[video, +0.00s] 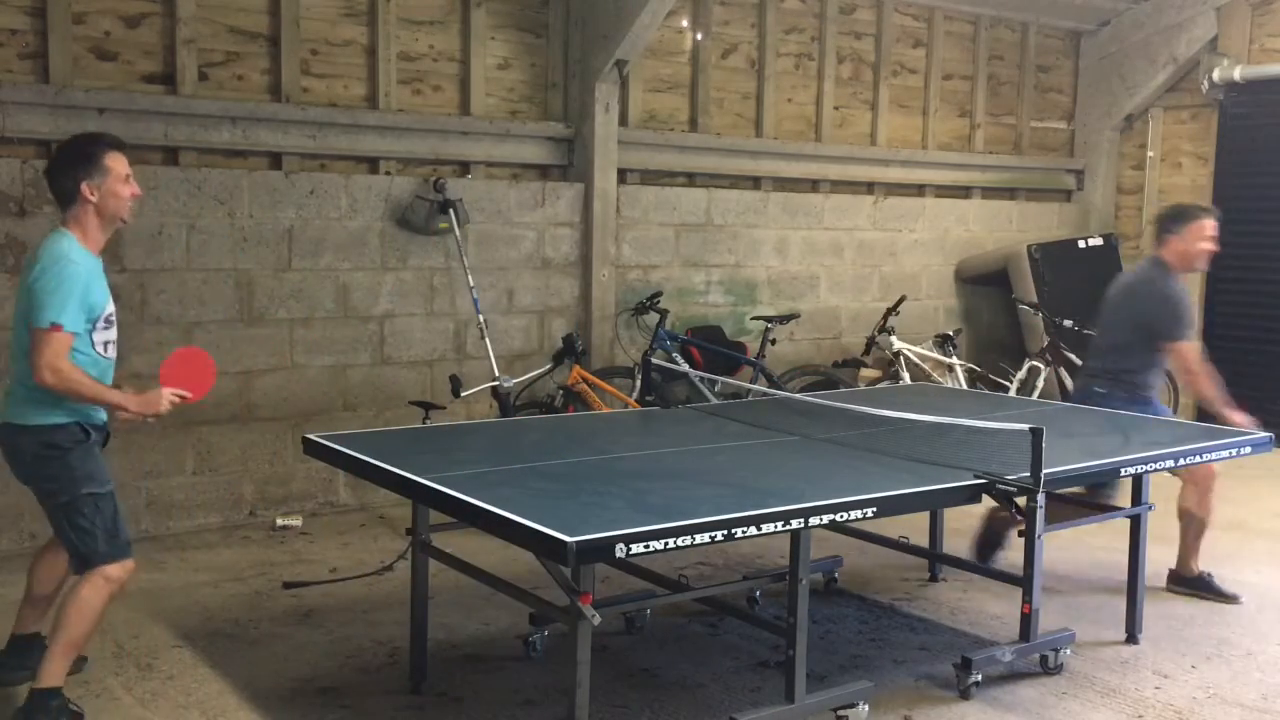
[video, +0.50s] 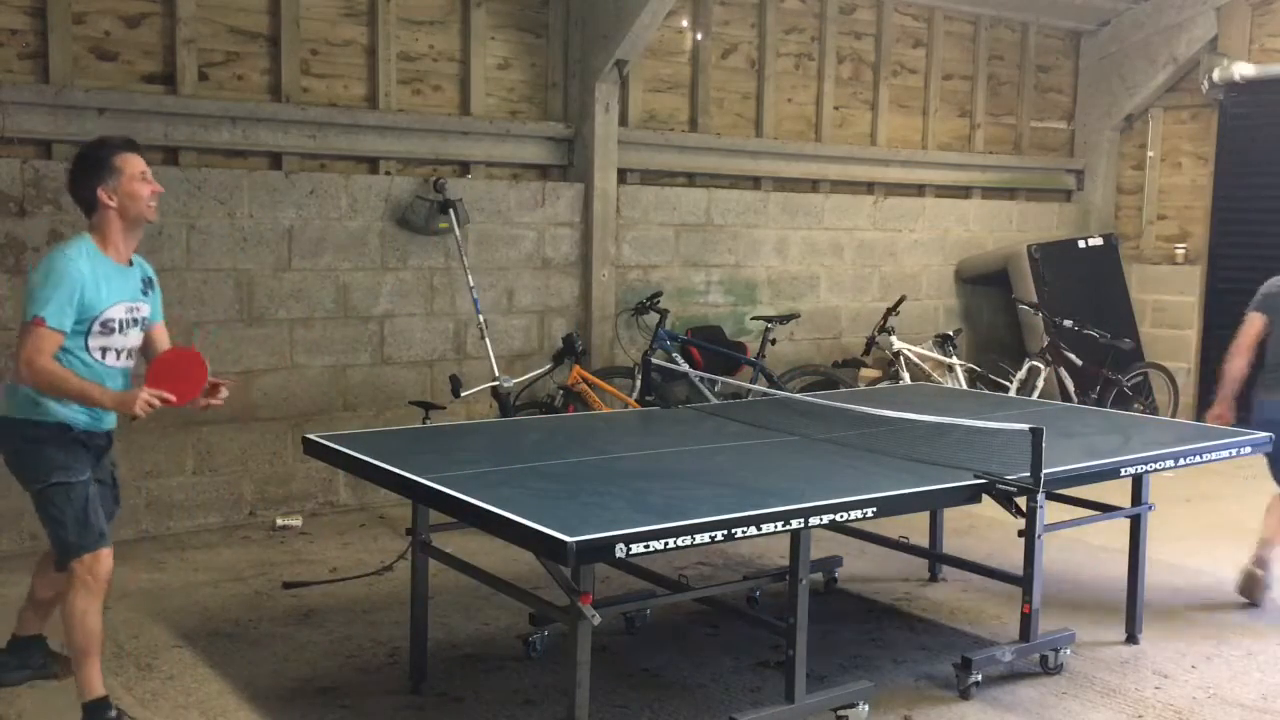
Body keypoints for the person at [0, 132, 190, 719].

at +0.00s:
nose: (137, 190)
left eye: (133, 177)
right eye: (125, 179)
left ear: (90, 193)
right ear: (90, 192)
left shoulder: (72, 254)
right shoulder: (68, 263)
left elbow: (62, 359)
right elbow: (50, 367)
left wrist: (120, 397)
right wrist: (129, 400)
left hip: (53, 427)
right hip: (52, 432)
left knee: (77, 535)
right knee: (111, 564)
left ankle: (23, 645)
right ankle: (45, 699)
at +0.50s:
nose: (158, 187)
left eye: (152, 176)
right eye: (144, 178)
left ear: (118, 196)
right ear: (108, 196)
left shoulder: (142, 274)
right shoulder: (67, 263)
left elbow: (162, 359)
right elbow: (32, 363)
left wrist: (198, 389)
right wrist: (115, 399)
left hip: (94, 431)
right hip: (43, 428)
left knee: (74, 545)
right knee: (93, 562)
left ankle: (22, 646)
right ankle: (95, 703)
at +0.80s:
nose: (198, 178)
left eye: (199, 167)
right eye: (184, 167)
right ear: (140, 178)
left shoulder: (200, 247)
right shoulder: (89, 255)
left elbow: (233, 330)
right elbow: (55, 361)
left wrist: (256, 383)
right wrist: (112, 411)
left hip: (169, 429)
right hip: (100, 430)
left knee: (173, 551)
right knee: (119, 573)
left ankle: (83, 641)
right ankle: (105, 708)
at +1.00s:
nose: (228, 208)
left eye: (230, 194)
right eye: (215, 195)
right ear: (168, 198)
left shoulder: (239, 259)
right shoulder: (111, 277)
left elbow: (283, 322)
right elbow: (80, 375)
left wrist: (279, 343)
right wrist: (48, 458)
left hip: (218, 448)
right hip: (144, 449)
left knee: (222, 569)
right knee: (169, 587)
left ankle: (146, 667)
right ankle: (163, 711)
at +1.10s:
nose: (248, 229)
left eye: (249, 215)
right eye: (233, 215)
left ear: (249, 218)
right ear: (185, 222)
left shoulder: (260, 279)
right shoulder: (130, 300)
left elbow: (313, 328)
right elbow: (84, 390)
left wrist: (340, 356)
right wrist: (14, 463)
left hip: (238, 473)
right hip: (162, 470)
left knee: (216, 600)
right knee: (196, 612)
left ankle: (148, 670)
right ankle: (185, 710)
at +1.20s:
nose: (265, 239)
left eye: (269, 226)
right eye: (251, 224)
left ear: (270, 227)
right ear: (200, 228)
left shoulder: (285, 289)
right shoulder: (146, 305)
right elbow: (84, 386)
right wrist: (9, 436)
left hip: (261, 479)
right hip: (185, 477)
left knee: (217, 595)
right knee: (217, 626)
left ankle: (166, 658)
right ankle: (196, 713)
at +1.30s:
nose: (310, 238)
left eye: (318, 224)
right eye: (296, 223)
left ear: (323, 222)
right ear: (246, 215)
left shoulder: (328, 280)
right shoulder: (177, 286)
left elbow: (396, 334)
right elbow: (95, 354)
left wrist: (467, 367)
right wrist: (10, 391)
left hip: (278, 469)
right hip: (203, 467)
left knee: (251, 592)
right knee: (233, 626)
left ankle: (196, 642)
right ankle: (203, 711)